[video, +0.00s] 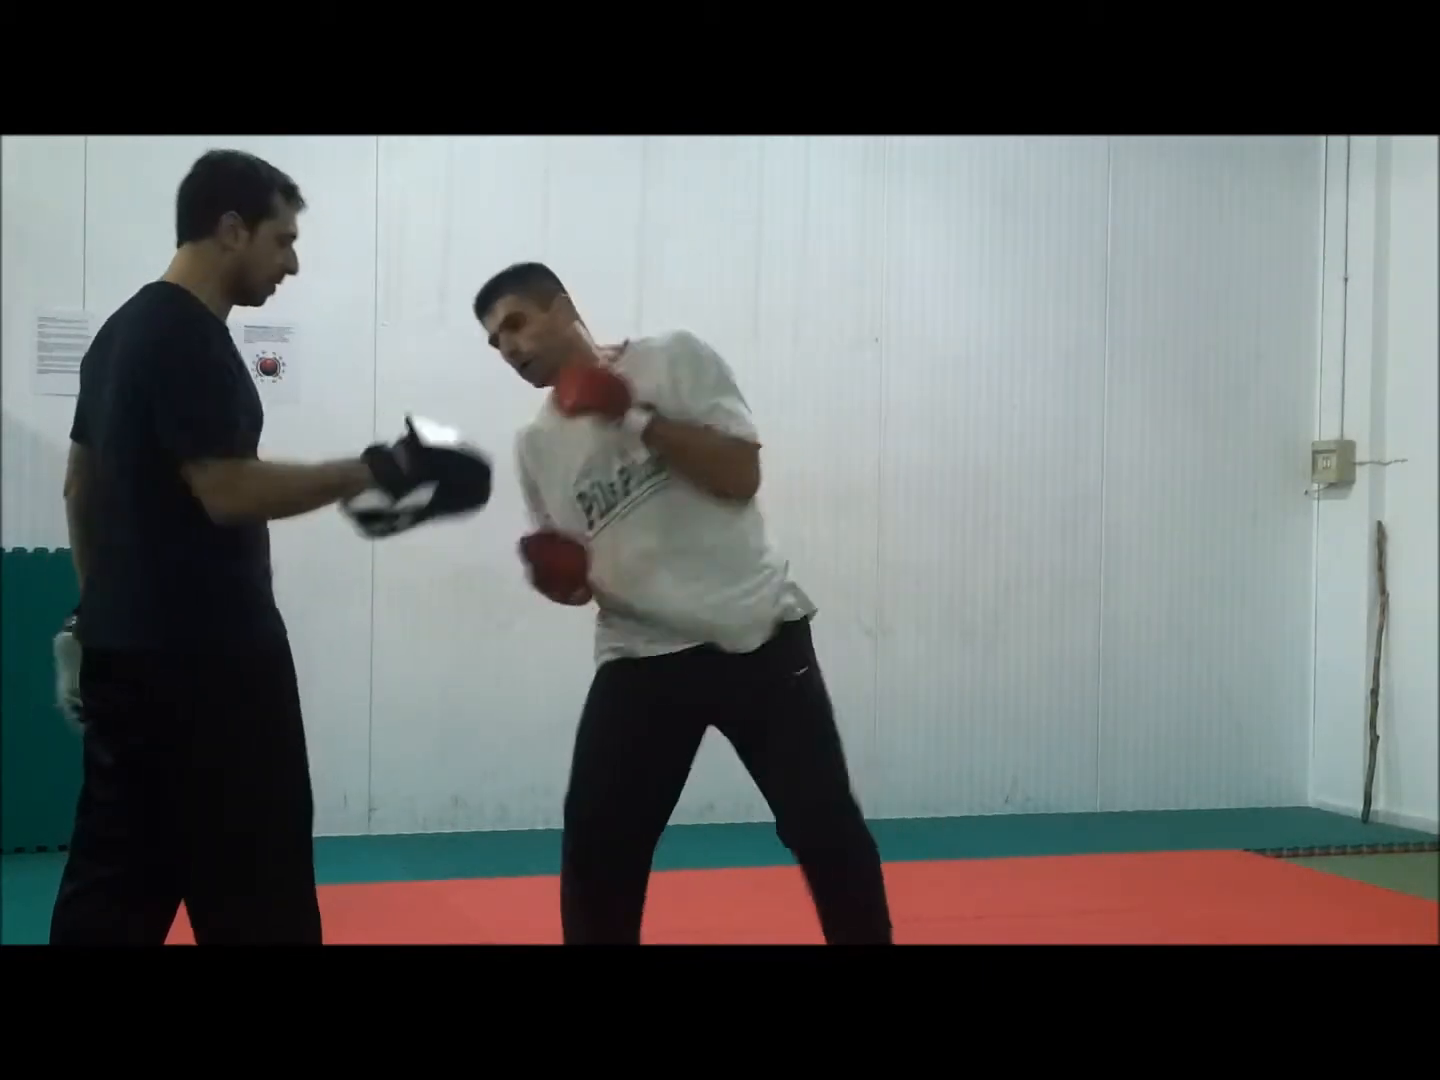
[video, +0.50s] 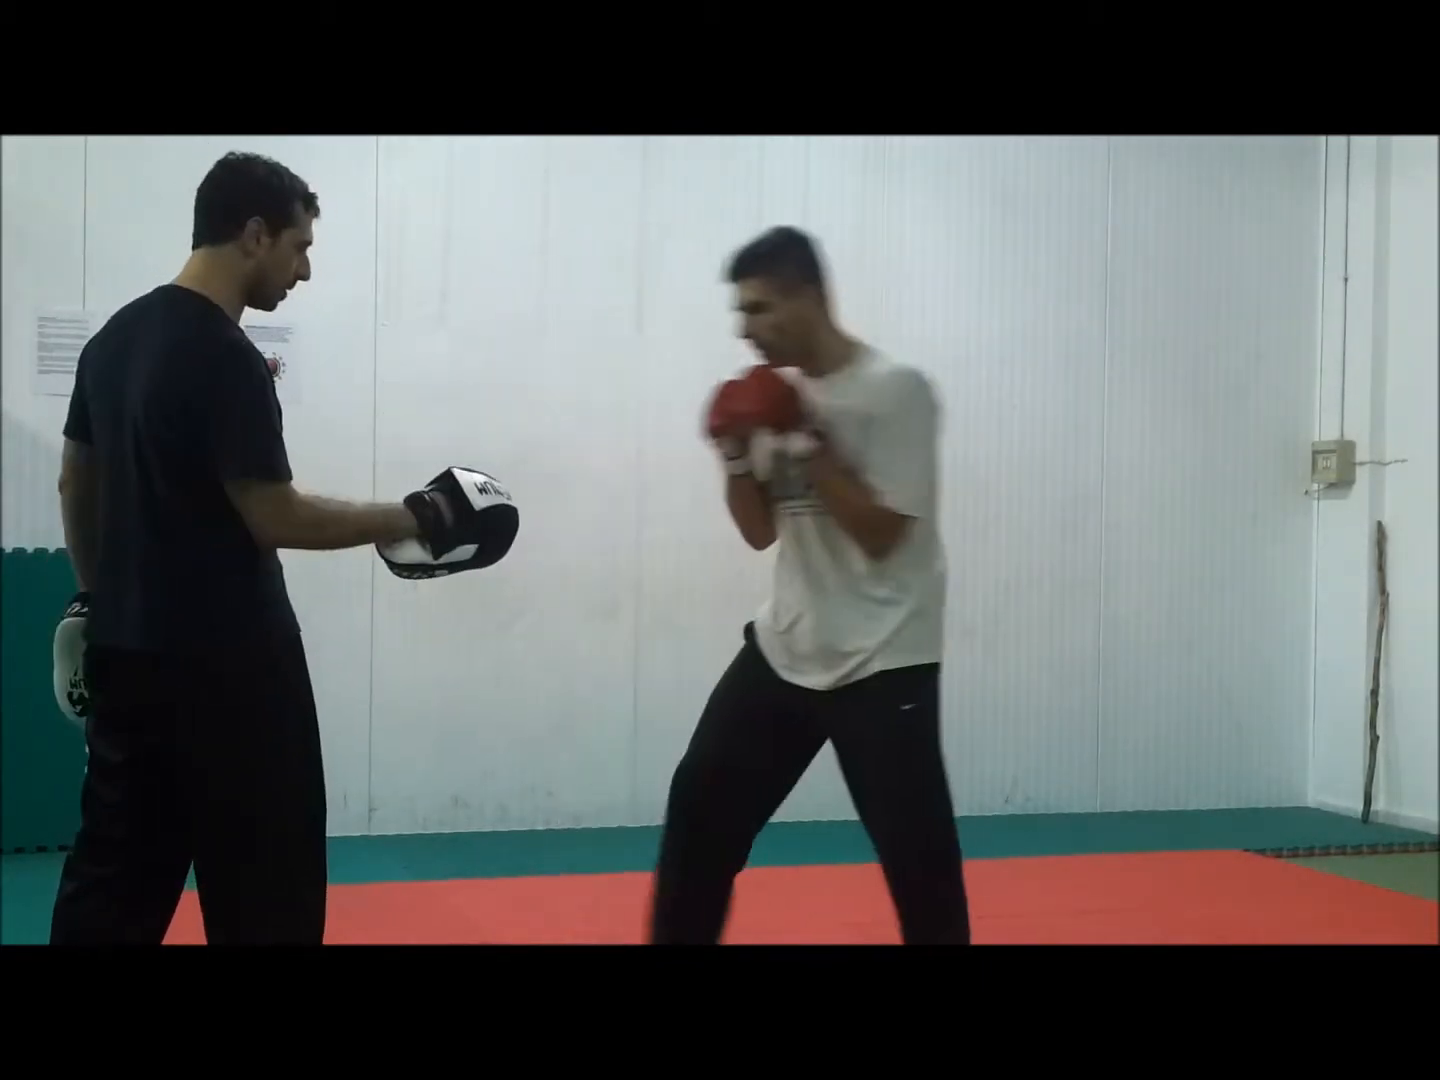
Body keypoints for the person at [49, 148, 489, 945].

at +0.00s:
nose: (293, 262)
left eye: (294, 242)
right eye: (285, 239)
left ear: (223, 231)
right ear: (231, 227)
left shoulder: (120, 332)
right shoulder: (192, 336)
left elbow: (83, 490)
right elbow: (227, 493)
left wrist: (95, 612)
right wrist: (371, 471)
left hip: (127, 654)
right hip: (216, 657)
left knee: (115, 875)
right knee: (259, 885)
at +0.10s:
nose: (300, 267)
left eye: (302, 247)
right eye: (293, 244)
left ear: (223, 231)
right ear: (239, 230)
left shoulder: (130, 327)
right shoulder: (196, 336)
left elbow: (88, 478)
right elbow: (220, 496)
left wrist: (117, 582)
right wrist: (364, 477)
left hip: (125, 641)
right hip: (210, 647)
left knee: (119, 867)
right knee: (255, 874)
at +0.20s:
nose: (309, 270)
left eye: (311, 250)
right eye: (303, 247)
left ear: (242, 235)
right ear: (252, 234)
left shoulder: (129, 328)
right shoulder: (200, 337)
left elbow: (97, 480)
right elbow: (227, 502)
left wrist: (151, 572)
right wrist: (367, 480)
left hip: (122, 638)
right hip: (212, 646)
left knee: (117, 865)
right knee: (254, 872)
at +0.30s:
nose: (313, 272)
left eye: (315, 252)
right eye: (308, 249)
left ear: (239, 235)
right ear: (258, 235)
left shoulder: (129, 328)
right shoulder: (206, 338)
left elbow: (93, 478)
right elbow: (238, 506)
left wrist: (137, 575)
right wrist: (374, 482)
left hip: (123, 638)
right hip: (216, 648)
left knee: (116, 869)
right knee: (257, 876)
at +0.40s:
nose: (306, 269)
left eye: (309, 250)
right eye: (303, 246)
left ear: (221, 232)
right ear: (254, 233)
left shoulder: (111, 340)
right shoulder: (224, 353)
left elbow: (80, 492)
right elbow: (277, 516)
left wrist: (95, 601)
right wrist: (412, 518)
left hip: (127, 665)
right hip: (234, 670)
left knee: (113, 882)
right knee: (268, 894)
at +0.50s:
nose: (306, 269)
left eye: (309, 249)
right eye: (302, 245)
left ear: (222, 232)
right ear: (254, 233)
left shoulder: (111, 341)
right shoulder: (223, 353)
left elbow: (79, 491)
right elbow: (277, 516)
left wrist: (96, 600)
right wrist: (412, 518)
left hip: (128, 665)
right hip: (234, 669)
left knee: (113, 882)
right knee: (269, 891)